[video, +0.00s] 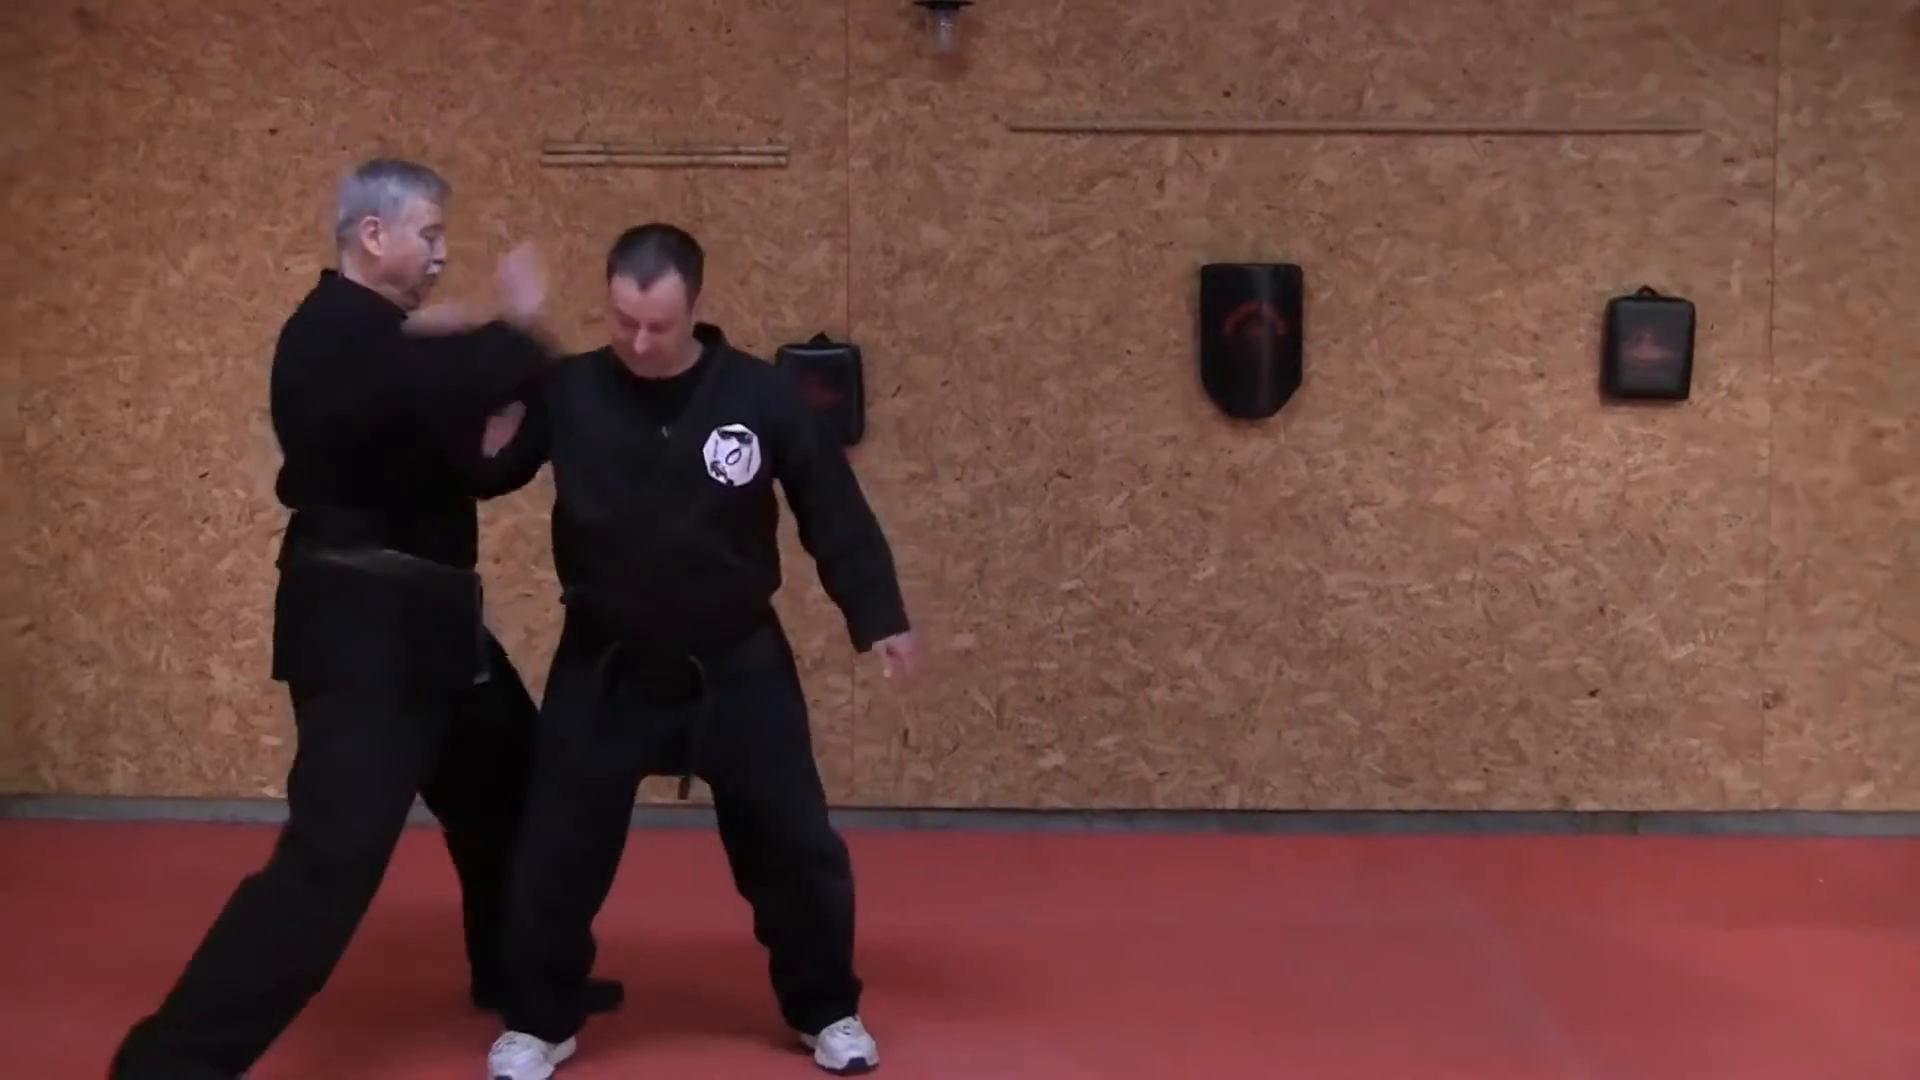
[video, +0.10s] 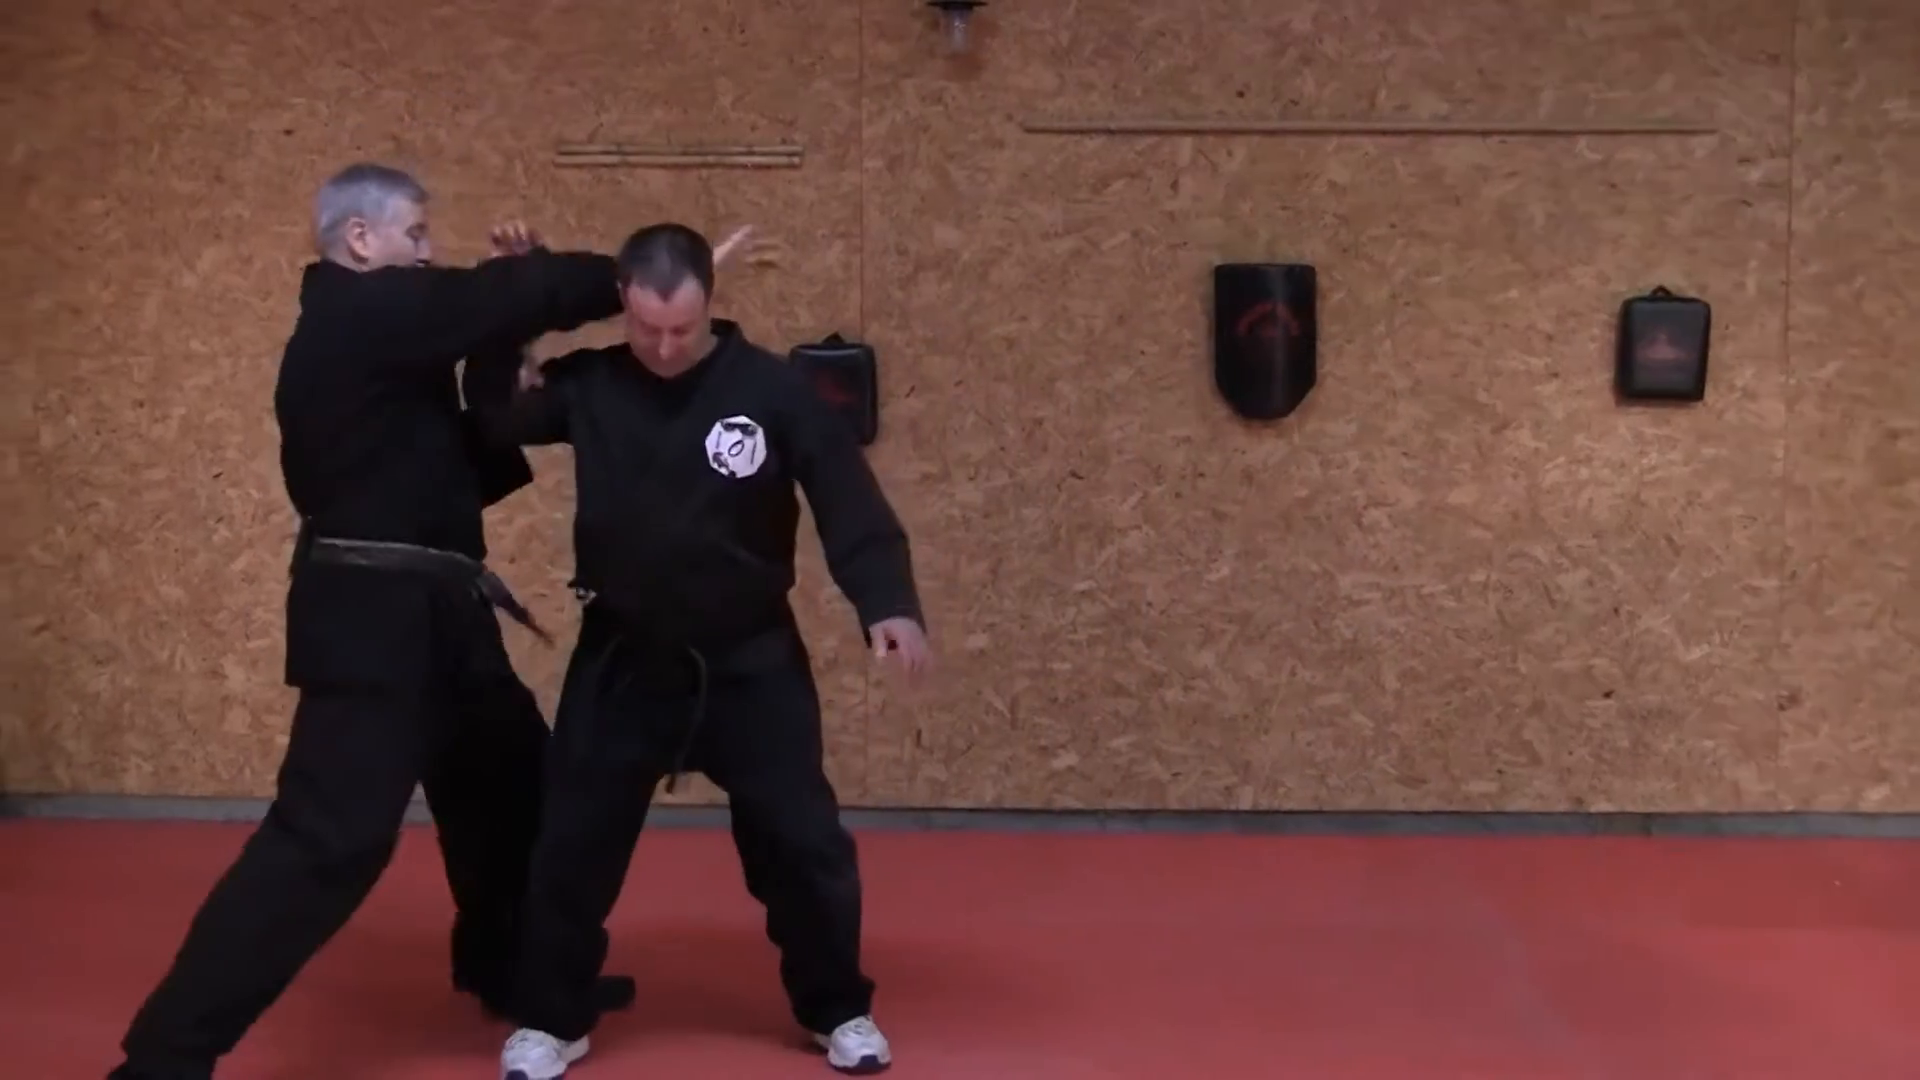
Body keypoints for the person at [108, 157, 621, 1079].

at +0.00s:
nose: (442, 253)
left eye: (443, 236)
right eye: (429, 234)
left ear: (375, 240)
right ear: (369, 235)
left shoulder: (394, 339)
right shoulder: (334, 330)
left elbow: (470, 466)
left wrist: (500, 430)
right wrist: (513, 329)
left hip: (427, 617)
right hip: (360, 618)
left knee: (512, 784)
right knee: (331, 862)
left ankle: (521, 978)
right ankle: (170, 1060)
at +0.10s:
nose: (429, 249)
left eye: (427, 235)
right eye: (414, 234)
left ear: (360, 241)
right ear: (358, 238)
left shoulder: (375, 336)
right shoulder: (356, 309)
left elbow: (453, 478)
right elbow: (509, 298)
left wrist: (519, 406)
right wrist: (650, 277)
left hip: (437, 609)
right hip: (373, 610)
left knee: (509, 777)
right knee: (327, 840)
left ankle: (515, 970)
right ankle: (165, 1056)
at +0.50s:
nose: (538, 237)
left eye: (538, 222)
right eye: (525, 220)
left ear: (472, 219)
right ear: (466, 217)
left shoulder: (491, 302)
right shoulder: (432, 280)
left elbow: (560, 431)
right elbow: (567, 319)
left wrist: (588, 315)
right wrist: (699, 303)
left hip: (489, 607)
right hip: (419, 602)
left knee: (590, 762)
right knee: (358, 848)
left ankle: (528, 992)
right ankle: (230, 1061)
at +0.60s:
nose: (585, 233)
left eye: (590, 218)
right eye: (574, 215)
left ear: (527, 207)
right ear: (517, 202)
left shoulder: (515, 285)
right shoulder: (483, 272)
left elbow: (557, 445)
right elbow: (580, 352)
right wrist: (708, 339)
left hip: (512, 577)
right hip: (462, 574)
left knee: (592, 764)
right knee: (473, 792)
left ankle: (550, 1002)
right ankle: (315, 1002)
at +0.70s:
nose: (646, 262)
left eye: (655, 244)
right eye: (643, 237)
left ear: (600, 221)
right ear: (591, 210)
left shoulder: (579, 305)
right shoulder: (522, 271)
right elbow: (570, 380)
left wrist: (617, 446)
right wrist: (690, 370)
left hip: (536, 540)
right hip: (493, 534)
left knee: (569, 763)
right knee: (656, 667)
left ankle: (576, 1003)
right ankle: (485, 814)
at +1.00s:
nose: (746, 299)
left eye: (754, 280)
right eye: (747, 275)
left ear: (689, 245)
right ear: (702, 249)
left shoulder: (620, 308)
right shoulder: (628, 293)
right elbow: (617, 392)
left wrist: (675, 482)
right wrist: (751, 406)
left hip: (538, 560)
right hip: (559, 557)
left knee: (628, 773)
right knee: (678, 754)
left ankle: (641, 1009)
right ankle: (463, 903)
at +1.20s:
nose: (758, 282)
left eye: (764, 264)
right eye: (756, 259)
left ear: (705, 239)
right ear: (706, 236)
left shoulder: (668, 318)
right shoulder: (636, 290)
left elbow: (660, 474)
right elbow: (686, 407)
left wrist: (735, 553)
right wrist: (826, 419)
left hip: (615, 583)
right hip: (548, 579)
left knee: (676, 772)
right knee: (544, 817)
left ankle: (672, 1000)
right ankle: (444, 1052)